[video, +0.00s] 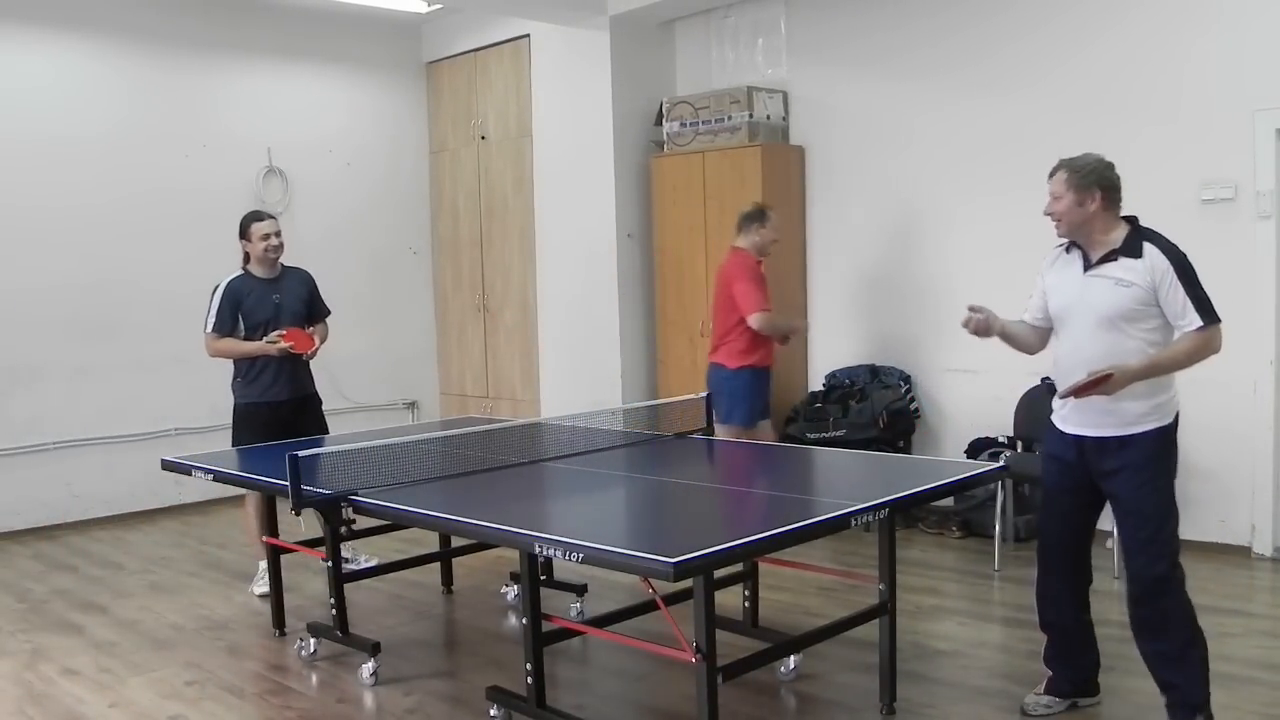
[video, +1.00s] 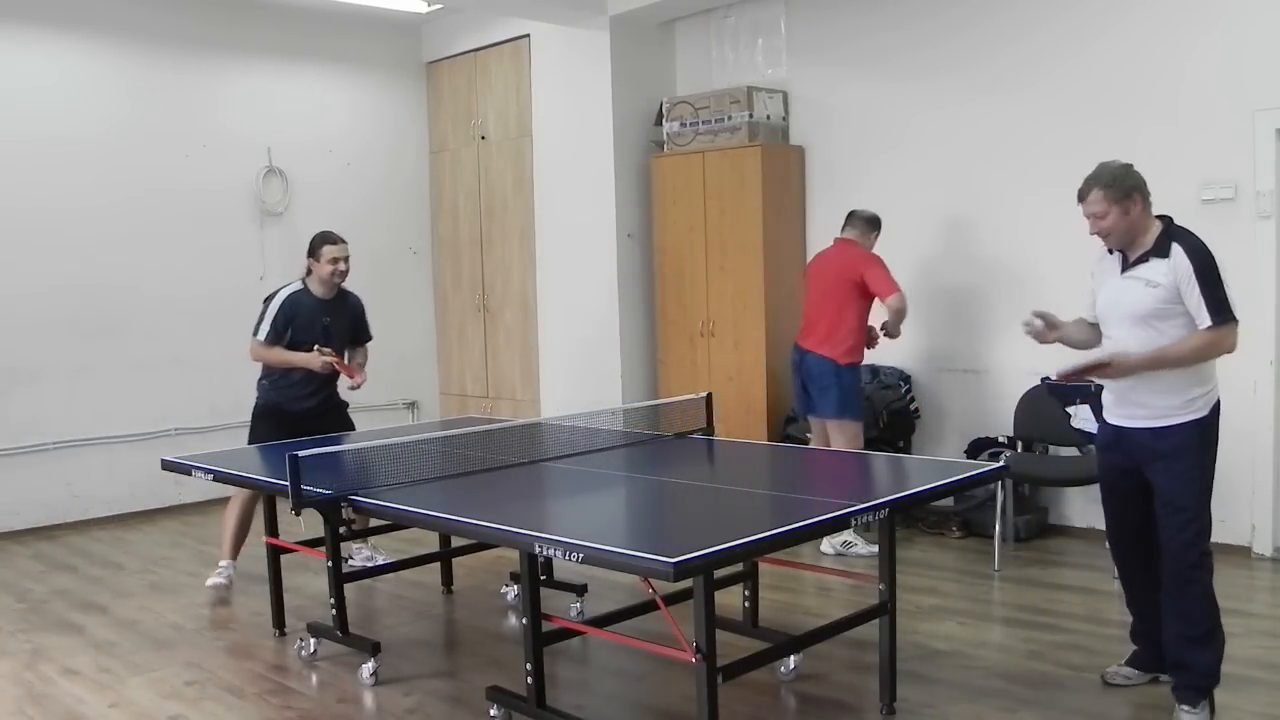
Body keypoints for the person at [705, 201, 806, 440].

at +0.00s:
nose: (777, 238)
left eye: (776, 231)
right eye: (773, 230)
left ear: (755, 231)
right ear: (757, 230)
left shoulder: (748, 263)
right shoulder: (741, 264)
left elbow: (749, 316)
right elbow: (759, 320)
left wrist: (776, 333)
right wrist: (795, 325)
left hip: (752, 371)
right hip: (735, 373)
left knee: (765, 446)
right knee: (732, 454)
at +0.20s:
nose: (811, 244)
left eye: (811, 238)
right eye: (809, 236)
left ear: (792, 233)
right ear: (793, 232)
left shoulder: (781, 266)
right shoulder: (772, 264)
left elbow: (781, 319)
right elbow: (775, 318)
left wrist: (810, 339)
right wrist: (813, 335)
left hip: (786, 371)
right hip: (767, 373)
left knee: (806, 443)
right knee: (761, 453)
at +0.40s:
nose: (834, 238)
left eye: (835, 232)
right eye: (831, 231)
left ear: (814, 227)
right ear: (813, 226)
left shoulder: (809, 262)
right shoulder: (790, 260)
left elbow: (811, 310)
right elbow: (786, 308)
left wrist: (840, 326)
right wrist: (835, 325)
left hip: (809, 364)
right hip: (792, 364)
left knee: (810, 443)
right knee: (807, 444)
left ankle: (808, 517)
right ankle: (800, 519)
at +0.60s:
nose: (855, 246)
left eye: (857, 240)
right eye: (854, 239)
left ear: (841, 231)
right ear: (841, 231)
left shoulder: (831, 264)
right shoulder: (809, 260)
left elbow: (835, 309)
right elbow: (798, 309)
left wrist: (862, 324)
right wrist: (845, 324)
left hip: (824, 365)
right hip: (808, 366)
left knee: (820, 448)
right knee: (822, 448)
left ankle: (824, 527)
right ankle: (823, 530)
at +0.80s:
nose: (874, 253)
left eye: (876, 247)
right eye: (876, 246)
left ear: (850, 232)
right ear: (869, 239)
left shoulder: (826, 259)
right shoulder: (846, 262)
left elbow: (821, 313)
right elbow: (842, 313)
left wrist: (862, 335)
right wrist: (867, 336)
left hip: (808, 364)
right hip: (825, 368)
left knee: (823, 447)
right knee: (841, 451)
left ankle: (820, 524)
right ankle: (836, 532)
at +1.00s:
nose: (874, 245)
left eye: (874, 241)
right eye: (876, 241)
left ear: (843, 230)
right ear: (872, 237)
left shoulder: (819, 258)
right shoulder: (864, 259)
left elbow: (824, 307)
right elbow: (897, 303)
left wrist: (860, 329)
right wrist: (892, 327)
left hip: (807, 359)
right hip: (836, 365)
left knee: (820, 445)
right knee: (848, 452)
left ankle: (818, 525)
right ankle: (838, 531)